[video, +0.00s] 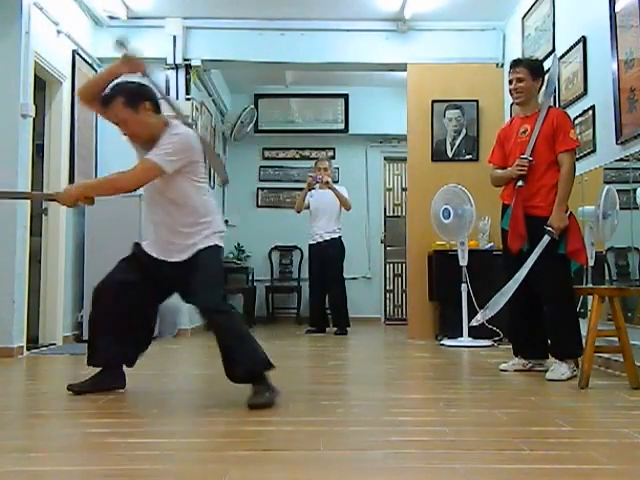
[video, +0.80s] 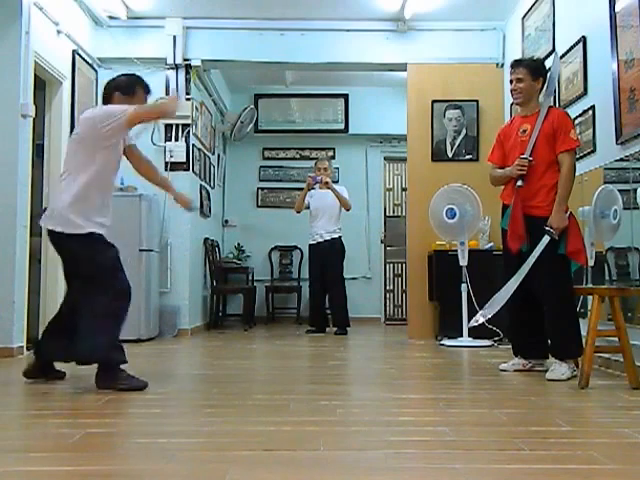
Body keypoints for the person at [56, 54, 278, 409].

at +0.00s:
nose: (123, 134)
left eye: (124, 124)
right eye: (119, 126)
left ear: (146, 110)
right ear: (141, 112)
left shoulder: (181, 139)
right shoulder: (146, 136)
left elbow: (133, 180)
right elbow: (86, 97)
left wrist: (83, 189)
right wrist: (119, 67)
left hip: (200, 245)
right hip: (158, 246)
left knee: (211, 304)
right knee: (109, 294)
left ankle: (259, 380)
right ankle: (111, 372)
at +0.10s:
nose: (94, 122)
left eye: (97, 112)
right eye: (93, 115)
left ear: (122, 103)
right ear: (117, 106)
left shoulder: (158, 133)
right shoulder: (117, 136)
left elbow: (116, 183)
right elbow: (56, 135)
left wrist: (83, 189)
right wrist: (79, 134)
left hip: (179, 240)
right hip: (139, 243)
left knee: (170, 302)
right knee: (98, 298)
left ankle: (207, 361)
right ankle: (109, 373)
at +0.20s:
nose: (78, 115)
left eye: (80, 105)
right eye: (76, 107)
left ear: (103, 100)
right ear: (100, 103)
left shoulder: (139, 132)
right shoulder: (101, 140)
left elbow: (97, 180)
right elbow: (73, 165)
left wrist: (77, 176)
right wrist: (32, 166)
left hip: (157, 241)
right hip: (122, 241)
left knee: (137, 307)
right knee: (87, 297)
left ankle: (135, 358)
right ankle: (107, 372)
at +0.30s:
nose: (67, 120)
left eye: (69, 110)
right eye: (66, 112)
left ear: (92, 106)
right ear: (89, 108)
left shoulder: (126, 134)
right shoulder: (91, 142)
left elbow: (85, 176)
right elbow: (71, 161)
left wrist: (66, 169)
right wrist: (44, 165)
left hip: (142, 246)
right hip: (106, 242)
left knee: (107, 313)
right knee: (78, 300)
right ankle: (107, 372)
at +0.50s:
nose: (73, 120)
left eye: (80, 113)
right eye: (70, 113)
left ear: (103, 112)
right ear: (68, 114)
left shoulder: (123, 144)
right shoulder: (75, 146)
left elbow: (85, 181)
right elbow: (32, 163)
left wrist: (61, 167)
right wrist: (1, 168)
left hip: (123, 251)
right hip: (85, 245)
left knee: (96, 312)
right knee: (74, 303)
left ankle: (69, 355)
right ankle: (106, 370)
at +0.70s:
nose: (126, 113)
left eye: (130, 107)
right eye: (119, 106)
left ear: (132, 106)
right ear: (97, 101)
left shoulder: (128, 130)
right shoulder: (74, 131)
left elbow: (132, 162)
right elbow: (83, 149)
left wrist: (99, 181)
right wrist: (128, 153)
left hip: (112, 231)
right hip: (76, 229)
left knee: (97, 300)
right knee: (101, 286)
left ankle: (40, 354)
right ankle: (106, 368)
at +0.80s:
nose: (140, 113)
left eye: (142, 108)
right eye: (138, 105)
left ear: (114, 99)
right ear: (119, 97)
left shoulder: (112, 129)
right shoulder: (99, 117)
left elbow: (140, 162)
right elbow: (159, 112)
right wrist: (172, 101)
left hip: (74, 223)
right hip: (75, 224)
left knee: (82, 294)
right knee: (116, 290)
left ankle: (42, 362)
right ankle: (109, 370)